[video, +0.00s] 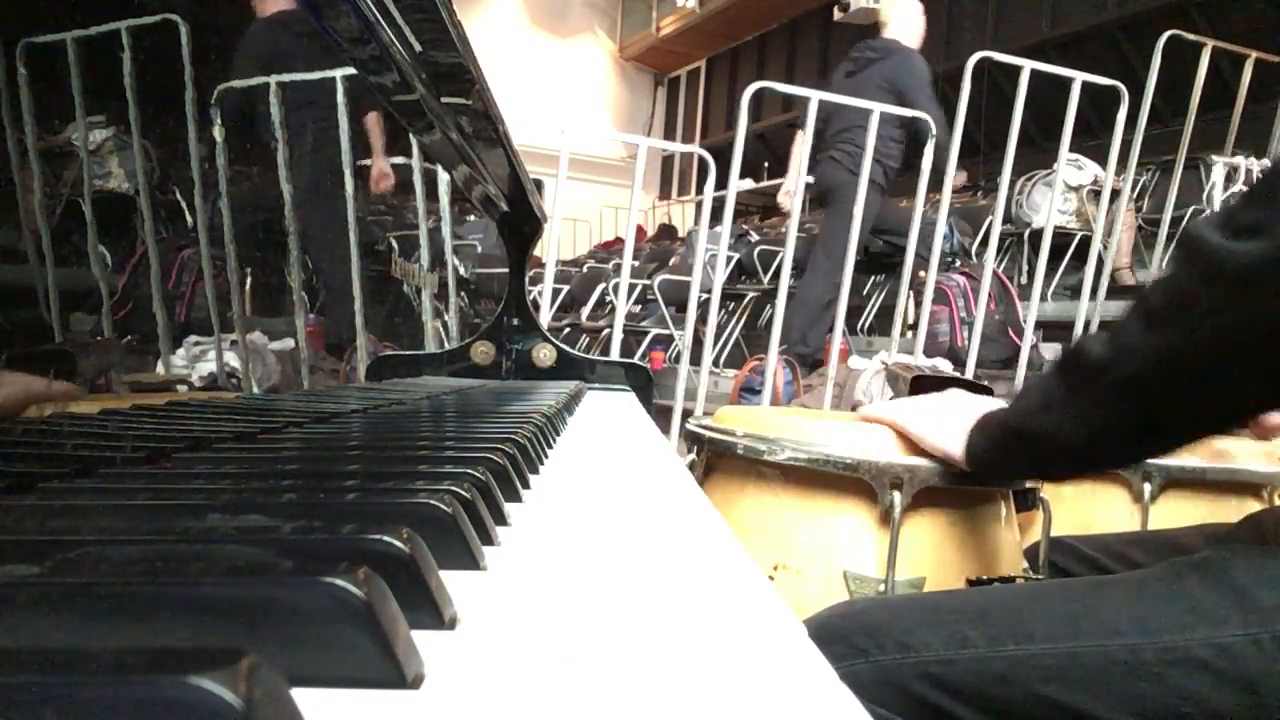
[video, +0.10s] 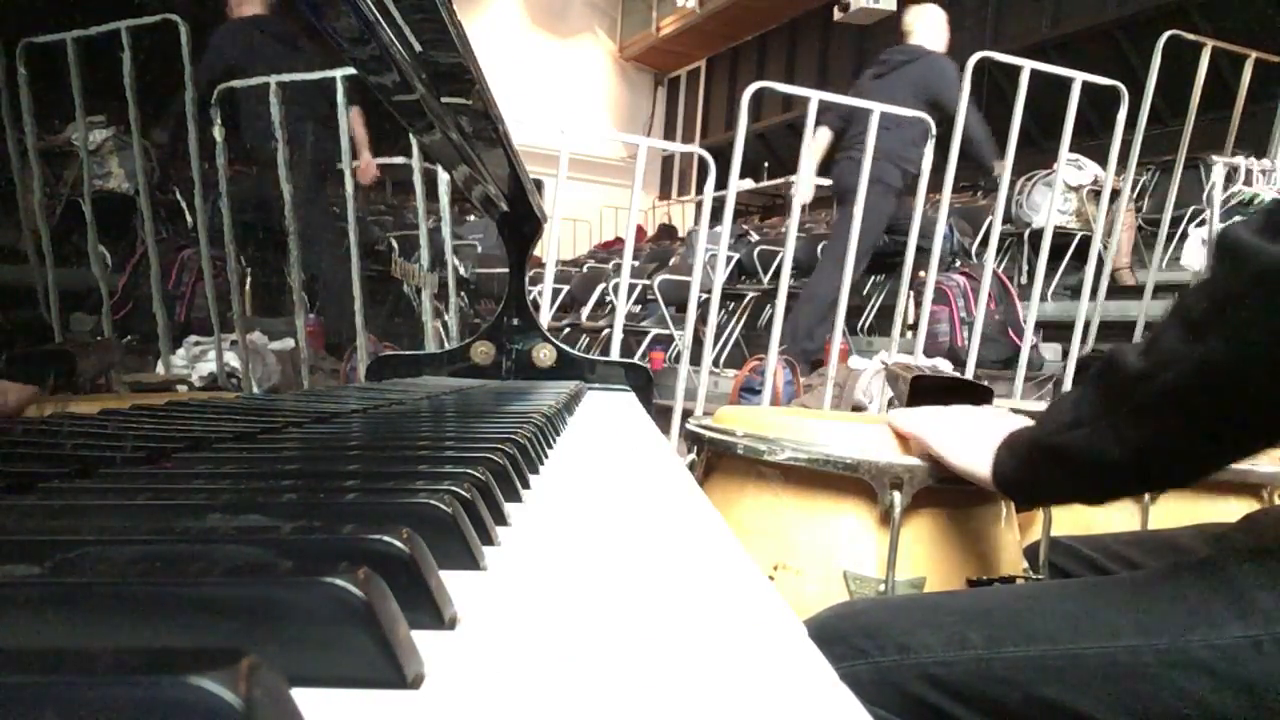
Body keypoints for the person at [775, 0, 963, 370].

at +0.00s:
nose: (924, 29)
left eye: (922, 21)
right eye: (921, 21)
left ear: (884, 23)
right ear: (908, 22)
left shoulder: (849, 64)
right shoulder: (907, 61)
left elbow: (808, 127)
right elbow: (932, 124)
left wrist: (793, 179)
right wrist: (949, 172)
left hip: (826, 172)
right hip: (857, 176)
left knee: (927, 231)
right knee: (827, 266)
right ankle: (795, 358)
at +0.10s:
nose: (947, 35)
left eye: (945, 28)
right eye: (944, 28)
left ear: (907, 32)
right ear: (937, 31)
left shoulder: (877, 69)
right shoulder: (937, 66)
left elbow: (830, 119)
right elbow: (967, 119)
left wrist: (806, 174)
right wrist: (995, 165)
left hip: (847, 170)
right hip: (879, 174)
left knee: (939, 237)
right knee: (841, 261)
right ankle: (795, 354)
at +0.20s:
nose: (968, 32)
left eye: (964, 25)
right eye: (965, 26)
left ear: (926, 30)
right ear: (960, 29)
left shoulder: (896, 69)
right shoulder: (965, 59)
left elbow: (853, 114)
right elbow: (1002, 114)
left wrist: (827, 169)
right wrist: (1034, 161)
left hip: (868, 168)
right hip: (901, 172)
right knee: (860, 265)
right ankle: (796, 353)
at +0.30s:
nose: (979, 23)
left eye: (974, 16)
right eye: (977, 17)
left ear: (939, 24)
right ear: (973, 20)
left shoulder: (914, 59)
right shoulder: (977, 53)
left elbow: (874, 108)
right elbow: (1020, 103)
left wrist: (852, 165)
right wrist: (1055, 154)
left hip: (883, 158)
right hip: (922, 162)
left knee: (954, 238)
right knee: (903, 250)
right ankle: (831, 319)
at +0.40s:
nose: (986, 10)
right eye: (985, 7)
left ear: (947, 12)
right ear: (982, 9)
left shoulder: (920, 49)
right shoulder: (992, 40)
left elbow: (887, 105)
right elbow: (1027, 100)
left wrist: (874, 161)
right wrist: (1061, 152)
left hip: (901, 151)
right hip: (944, 154)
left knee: (941, 235)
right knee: (946, 244)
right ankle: (853, 296)